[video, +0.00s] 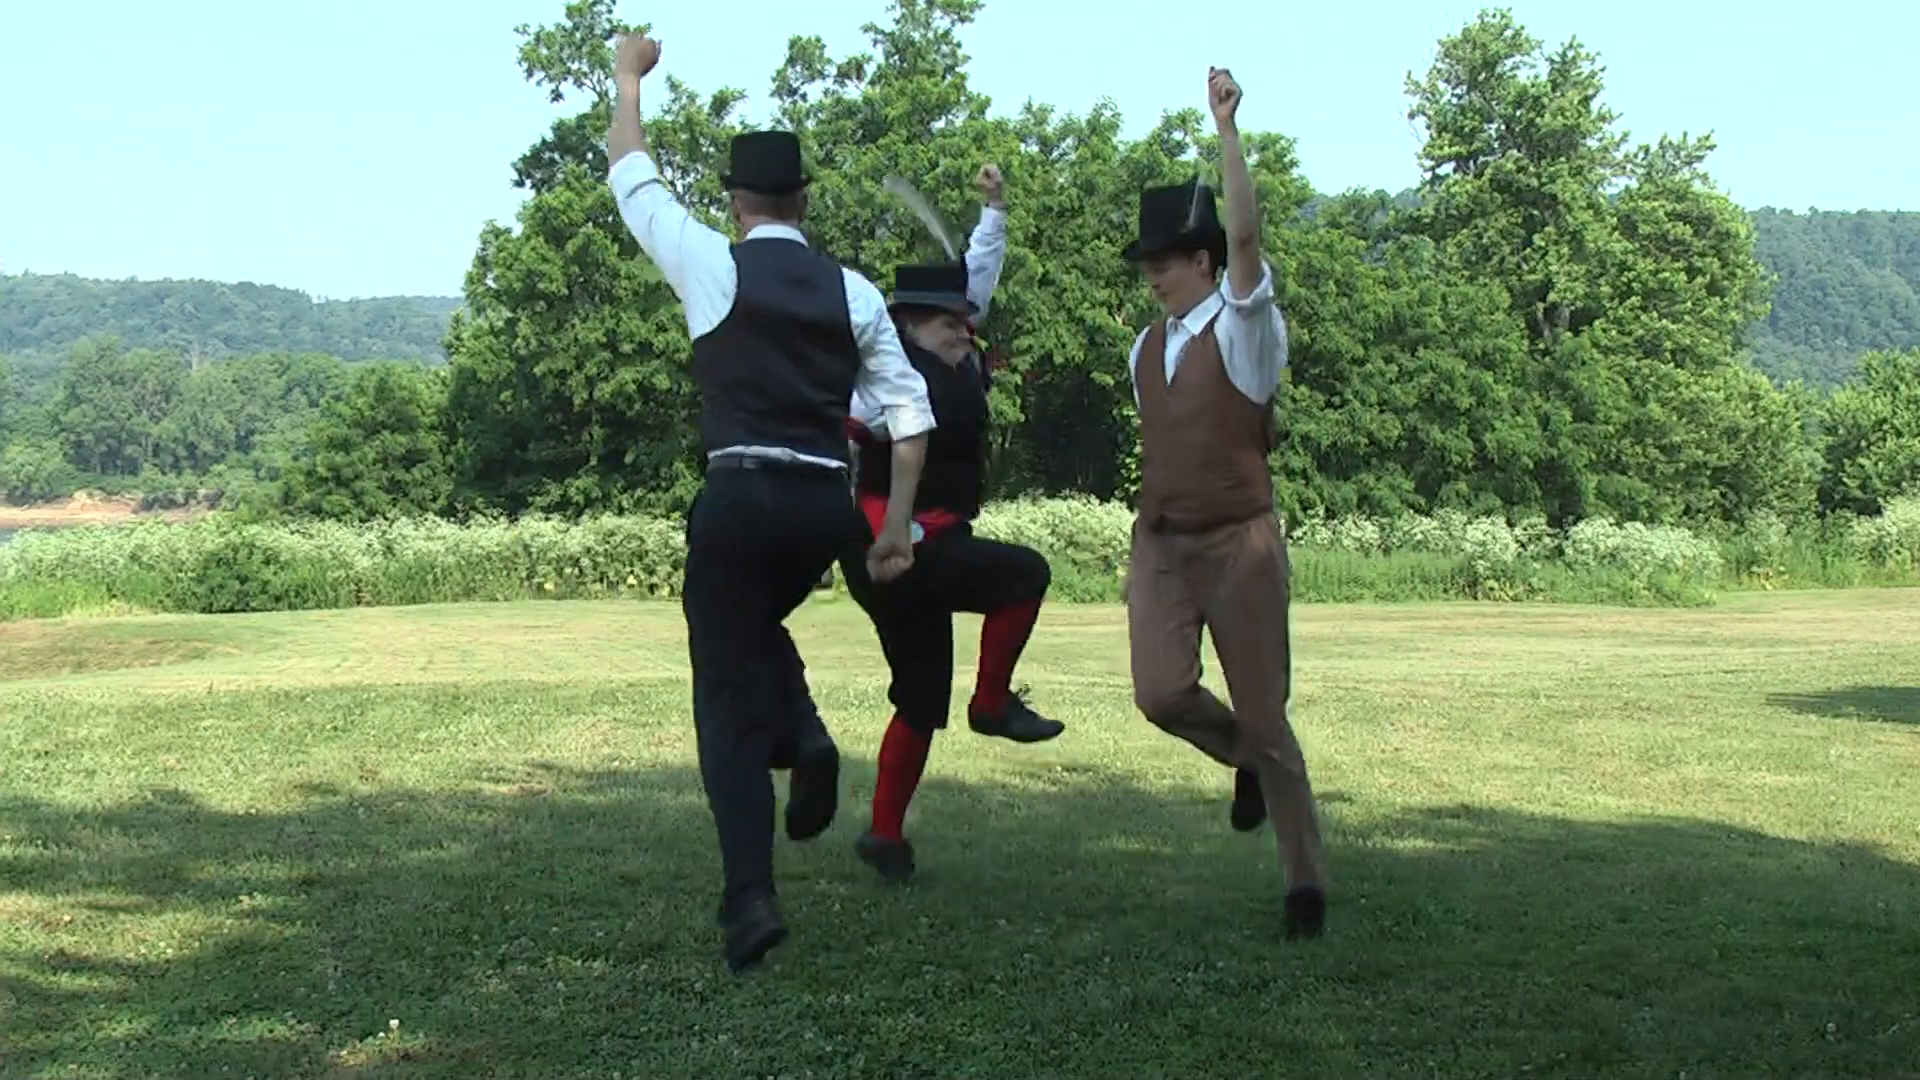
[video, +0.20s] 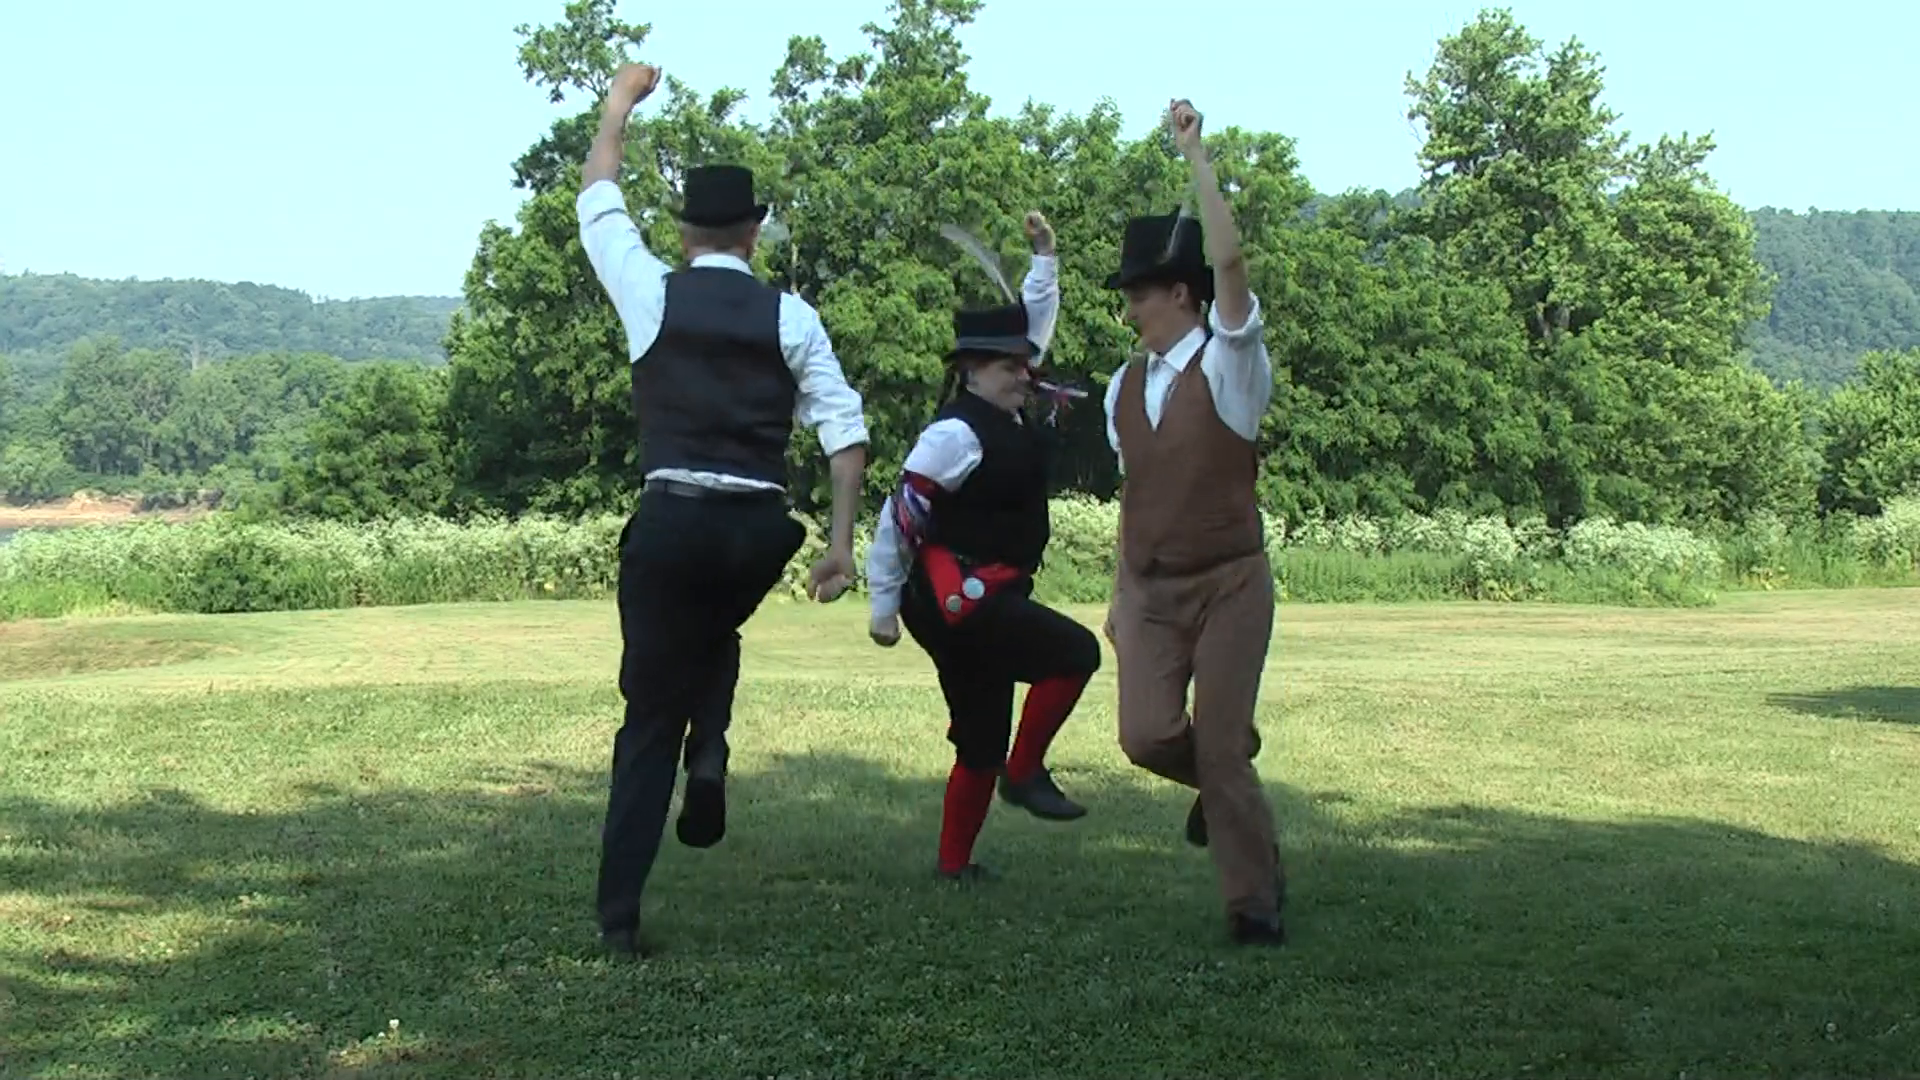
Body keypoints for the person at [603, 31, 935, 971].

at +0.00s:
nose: (731, 203)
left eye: (732, 194)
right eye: (746, 193)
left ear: (734, 201)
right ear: (802, 199)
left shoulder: (712, 264)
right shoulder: (853, 291)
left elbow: (630, 173)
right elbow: (911, 410)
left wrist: (627, 79)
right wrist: (899, 519)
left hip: (736, 496)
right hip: (828, 499)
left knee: (727, 690)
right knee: (756, 619)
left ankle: (751, 903)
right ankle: (809, 744)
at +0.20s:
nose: (738, 234)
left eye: (702, 226)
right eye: (749, 227)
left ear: (683, 233)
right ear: (755, 235)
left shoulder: (651, 289)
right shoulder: (791, 315)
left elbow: (599, 195)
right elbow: (844, 432)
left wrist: (618, 102)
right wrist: (842, 543)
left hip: (669, 520)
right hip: (762, 526)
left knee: (649, 715)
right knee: (718, 630)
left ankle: (619, 913)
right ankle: (706, 768)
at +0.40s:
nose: (753, 269)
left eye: (746, 259)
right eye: (751, 260)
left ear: (678, 263)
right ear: (741, 266)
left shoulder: (634, 313)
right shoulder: (764, 347)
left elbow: (605, 217)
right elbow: (792, 463)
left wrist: (642, 130)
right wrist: (785, 567)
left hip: (620, 540)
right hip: (709, 552)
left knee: (620, 733)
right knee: (720, 644)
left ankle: (614, 915)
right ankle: (664, 792)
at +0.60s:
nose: (773, 277)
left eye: (771, 263)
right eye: (771, 265)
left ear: (701, 259)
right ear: (753, 267)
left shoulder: (652, 304)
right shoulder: (766, 345)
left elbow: (646, 208)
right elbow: (755, 460)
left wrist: (683, 126)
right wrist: (748, 559)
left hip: (624, 520)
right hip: (706, 536)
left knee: (604, 707)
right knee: (686, 717)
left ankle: (584, 849)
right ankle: (643, 881)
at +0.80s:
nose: (792, 276)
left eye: (791, 263)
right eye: (791, 263)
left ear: (729, 254)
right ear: (772, 259)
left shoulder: (679, 300)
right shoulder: (774, 341)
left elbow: (675, 207)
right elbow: (768, 460)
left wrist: (710, 125)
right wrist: (777, 553)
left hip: (643, 519)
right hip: (707, 534)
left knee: (690, 649)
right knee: (698, 705)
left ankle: (598, 750)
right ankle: (645, 878)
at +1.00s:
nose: (831, 245)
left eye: (829, 230)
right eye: (825, 231)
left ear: (761, 226)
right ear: (797, 232)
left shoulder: (713, 275)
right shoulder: (796, 314)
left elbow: (720, 186)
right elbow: (775, 439)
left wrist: (759, 104)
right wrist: (786, 531)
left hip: (683, 484)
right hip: (736, 500)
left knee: (809, 583)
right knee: (736, 686)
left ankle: (720, 731)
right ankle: (688, 862)